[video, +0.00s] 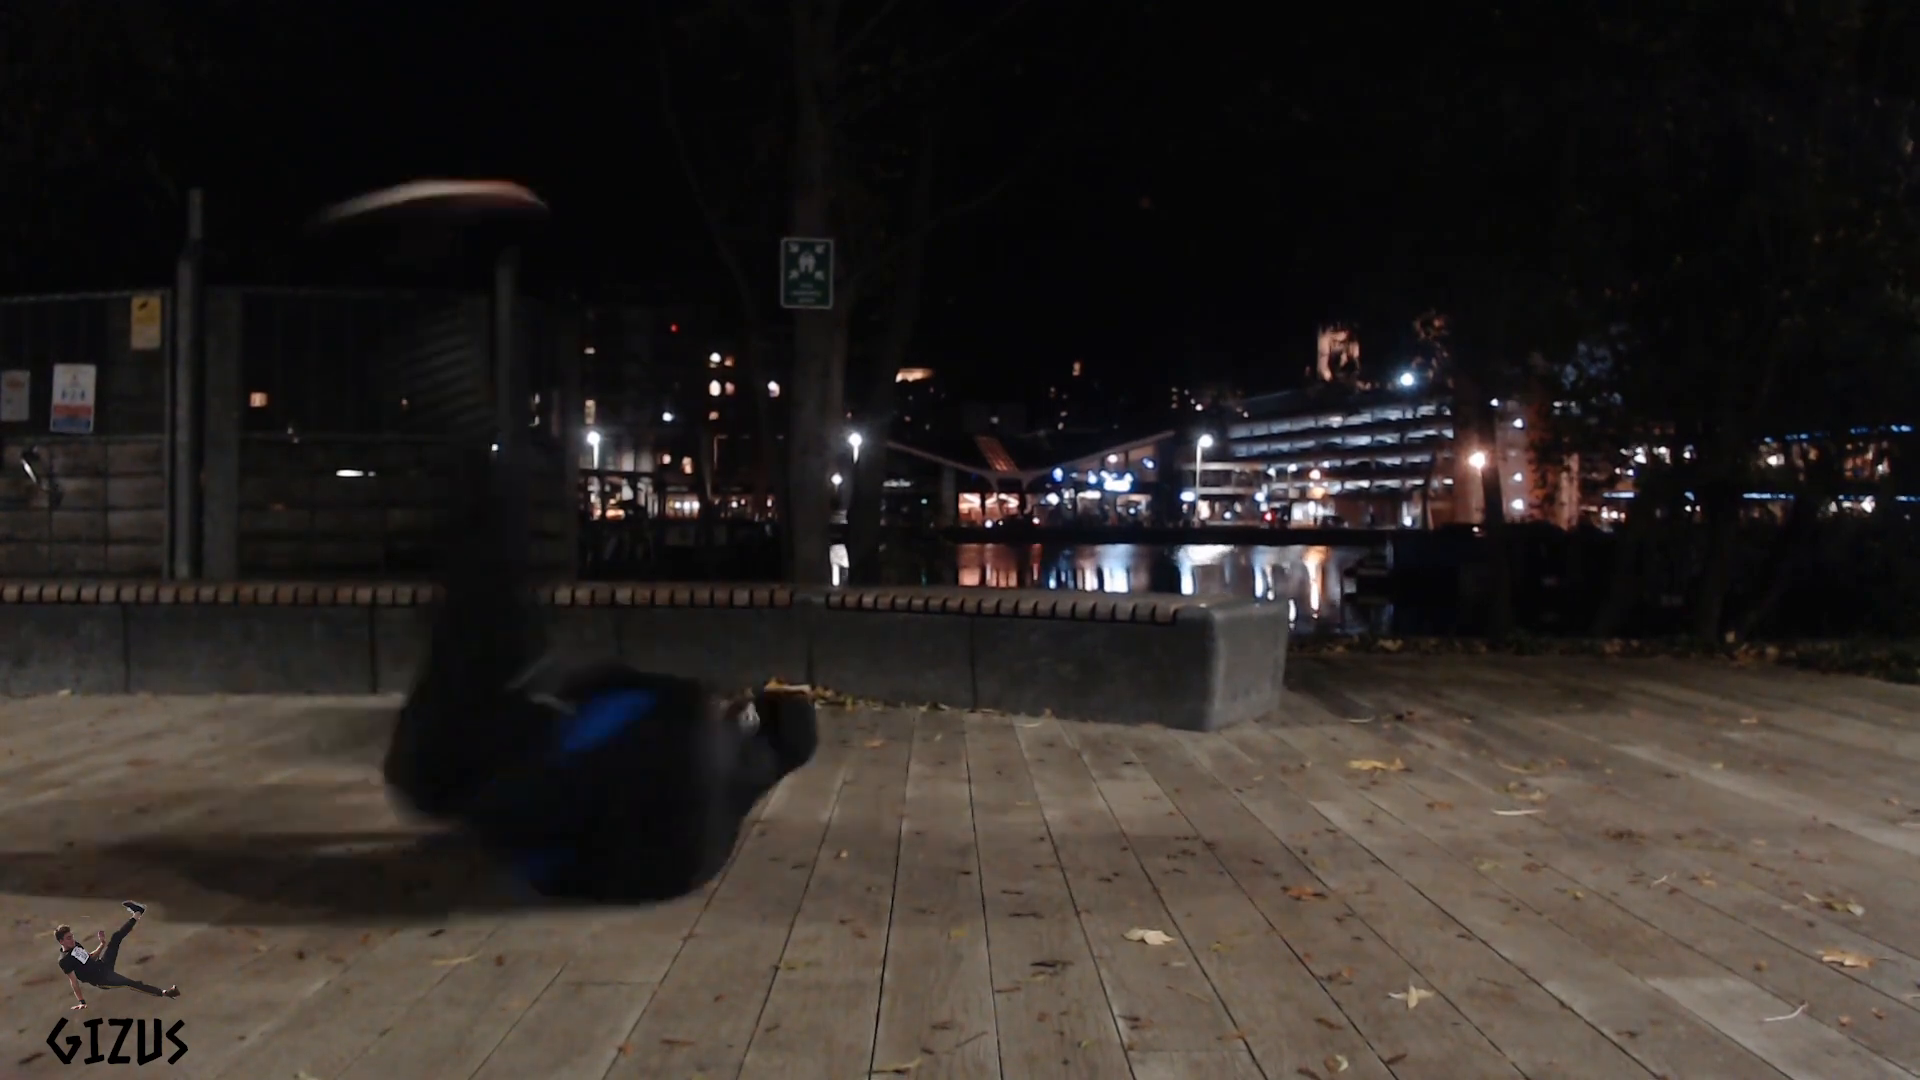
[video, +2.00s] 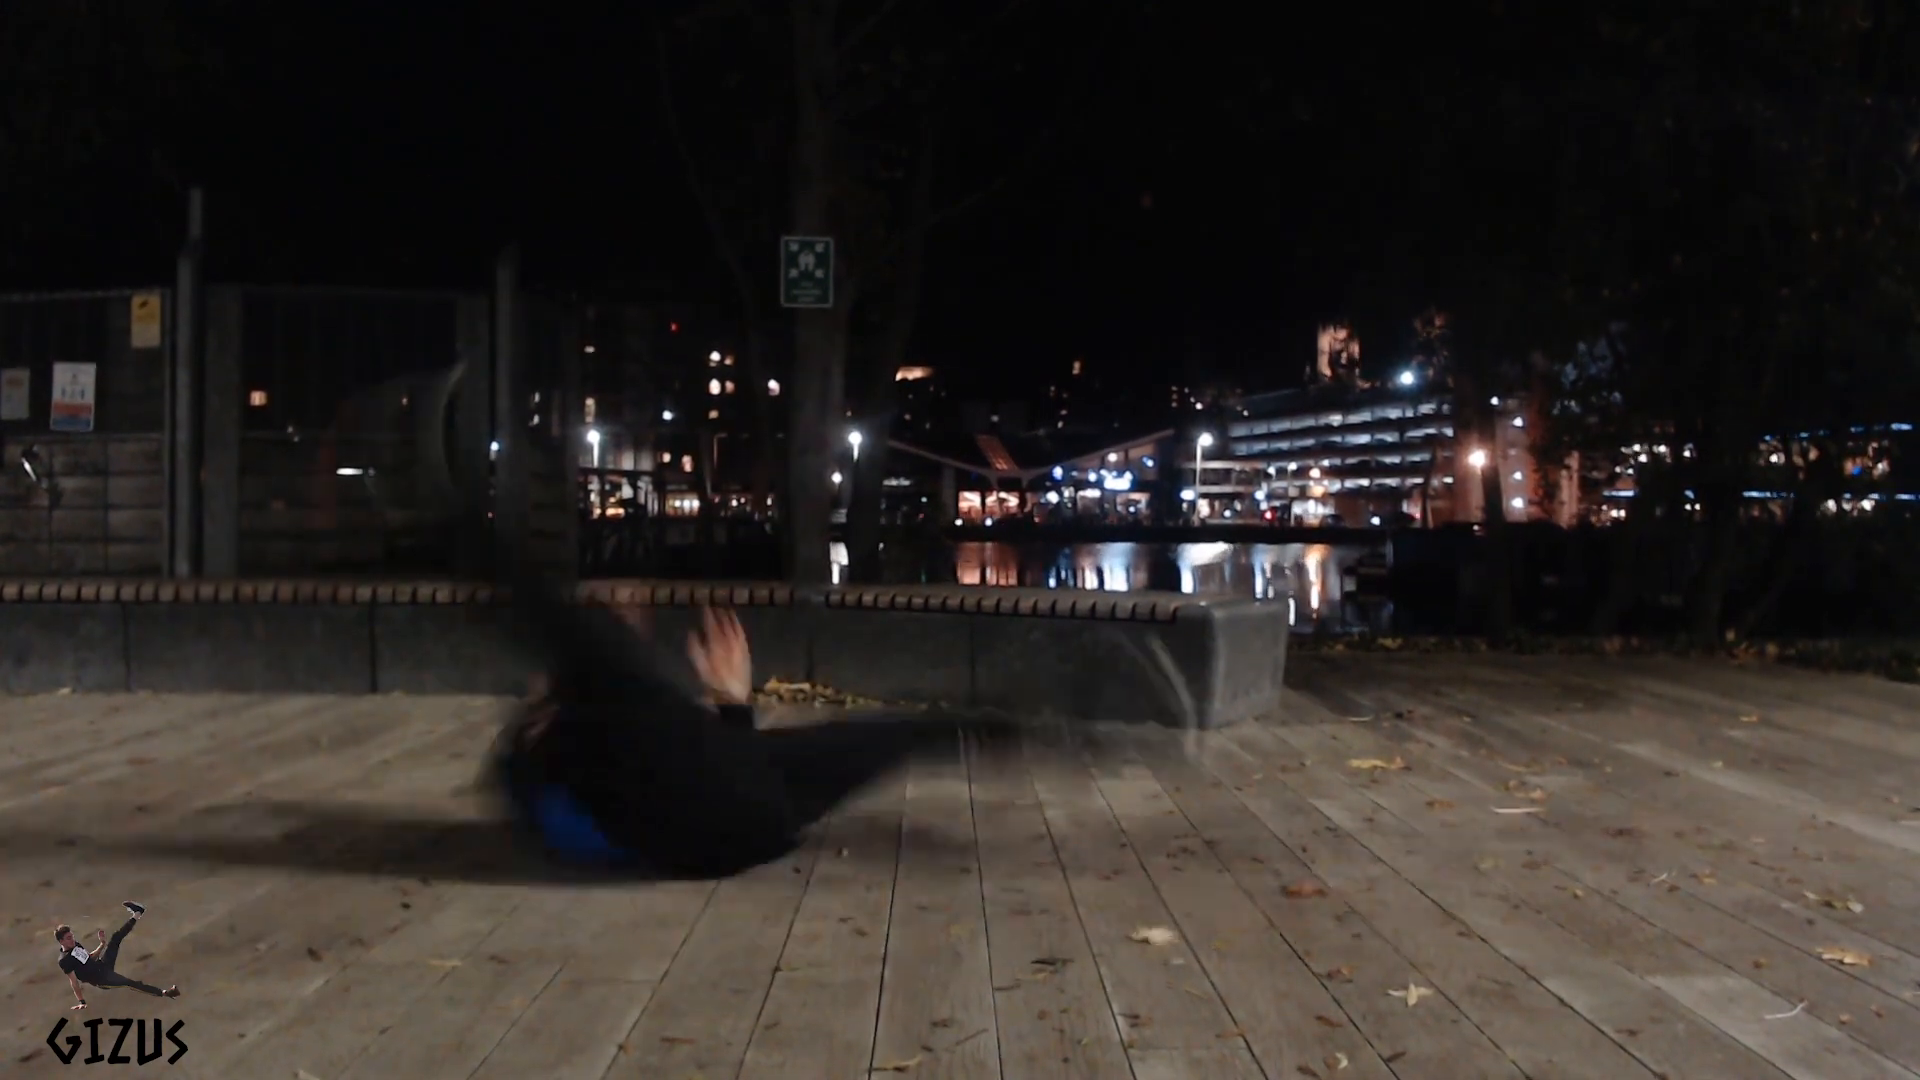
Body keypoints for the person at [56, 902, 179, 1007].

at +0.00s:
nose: (72, 939)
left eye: (72, 936)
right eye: (69, 938)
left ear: (70, 937)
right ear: (61, 941)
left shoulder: (75, 946)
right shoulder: (64, 960)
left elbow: (91, 957)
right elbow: (74, 982)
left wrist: (102, 945)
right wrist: (81, 1002)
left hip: (104, 965)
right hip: (102, 978)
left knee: (115, 938)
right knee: (132, 983)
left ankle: (136, 916)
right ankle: (164, 993)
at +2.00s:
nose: (72, 939)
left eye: (72, 936)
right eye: (69, 938)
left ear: (71, 937)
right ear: (61, 942)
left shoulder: (76, 946)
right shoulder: (64, 961)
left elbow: (91, 957)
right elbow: (74, 982)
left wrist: (102, 945)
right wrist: (81, 1001)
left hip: (104, 964)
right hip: (102, 978)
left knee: (116, 938)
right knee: (131, 983)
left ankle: (136, 916)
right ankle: (164, 993)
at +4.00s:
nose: (72, 939)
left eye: (71, 936)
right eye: (69, 938)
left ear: (71, 937)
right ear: (61, 941)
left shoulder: (76, 946)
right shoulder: (64, 961)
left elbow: (92, 957)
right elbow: (74, 982)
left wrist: (102, 944)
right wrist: (81, 1002)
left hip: (104, 964)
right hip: (102, 978)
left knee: (116, 939)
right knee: (131, 983)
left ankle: (136, 916)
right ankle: (164, 993)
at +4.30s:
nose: (72, 939)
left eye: (72, 936)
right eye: (69, 938)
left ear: (71, 937)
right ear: (62, 942)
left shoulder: (75, 946)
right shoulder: (64, 960)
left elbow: (91, 957)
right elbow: (74, 982)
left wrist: (102, 944)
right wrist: (81, 1002)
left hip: (104, 965)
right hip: (101, 978)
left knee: (116, 938)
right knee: (131, 983)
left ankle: (136, 916)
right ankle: (165, 993)